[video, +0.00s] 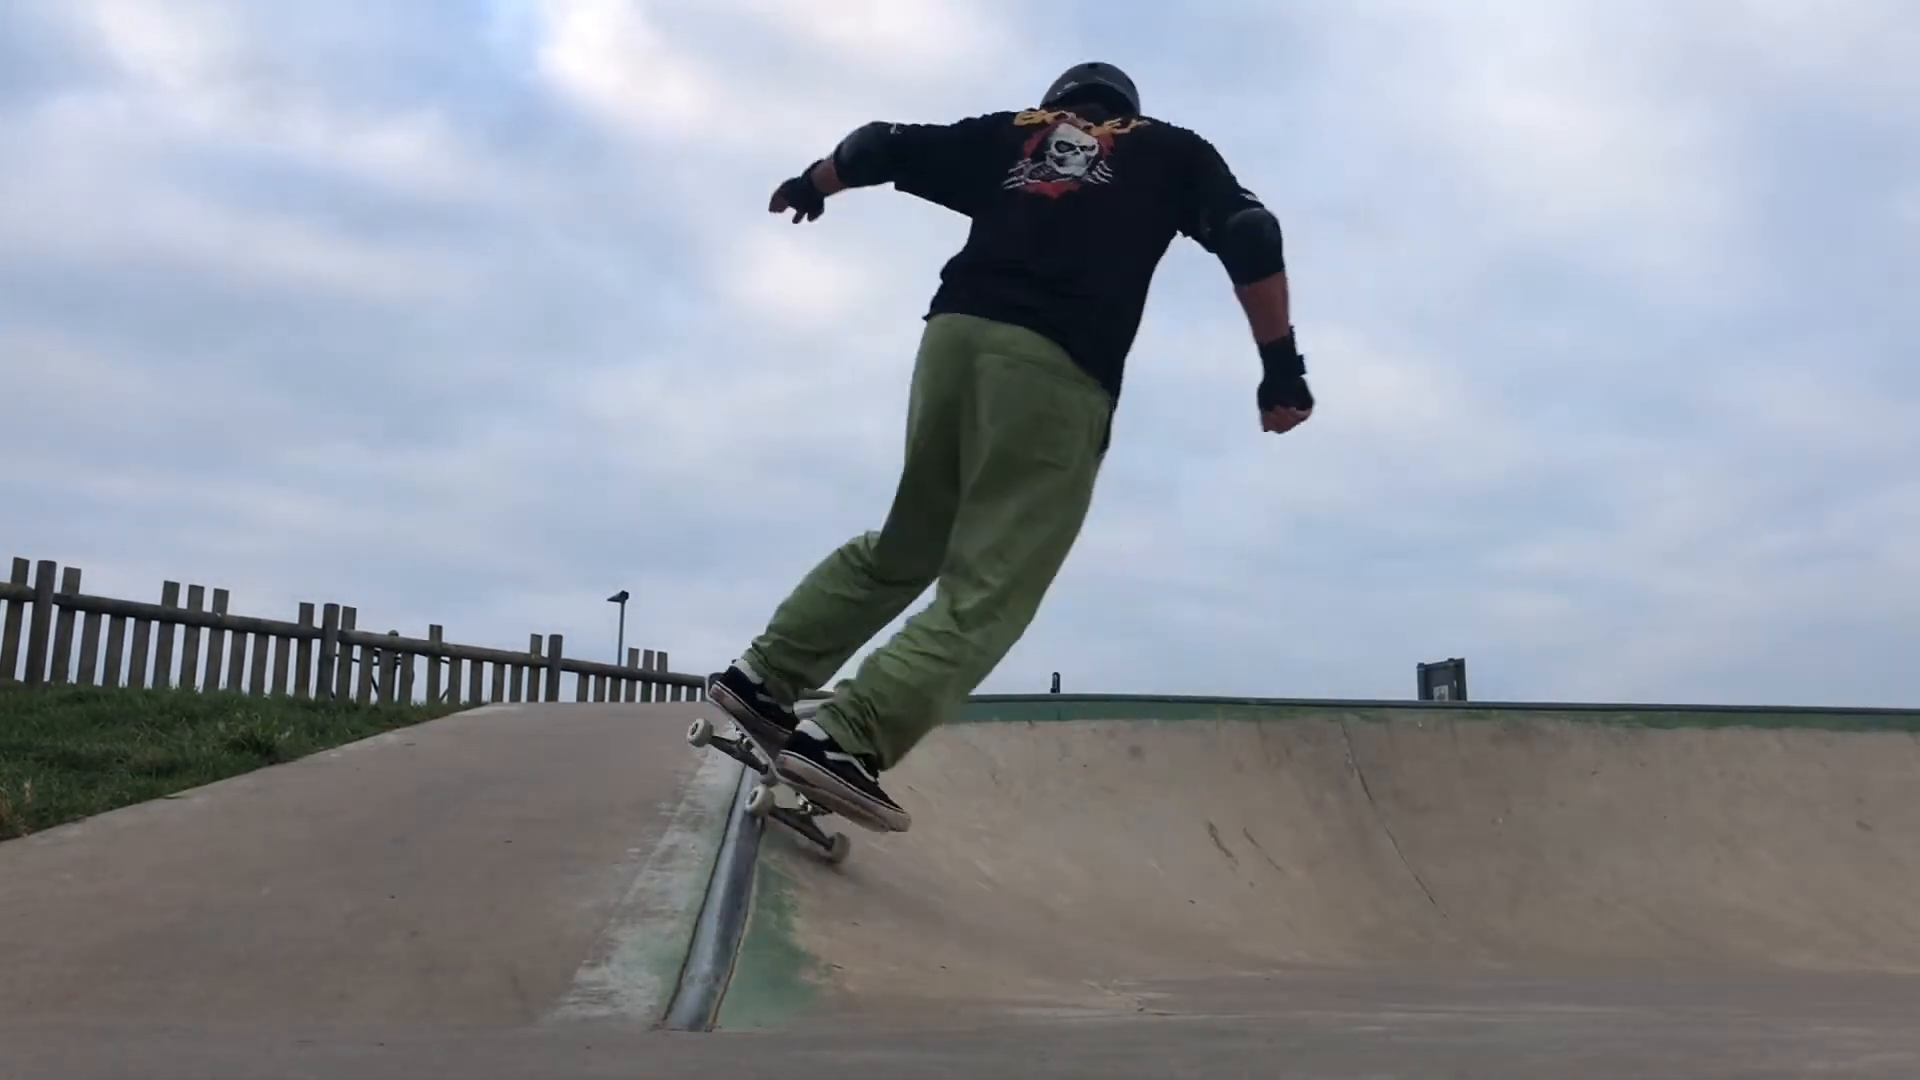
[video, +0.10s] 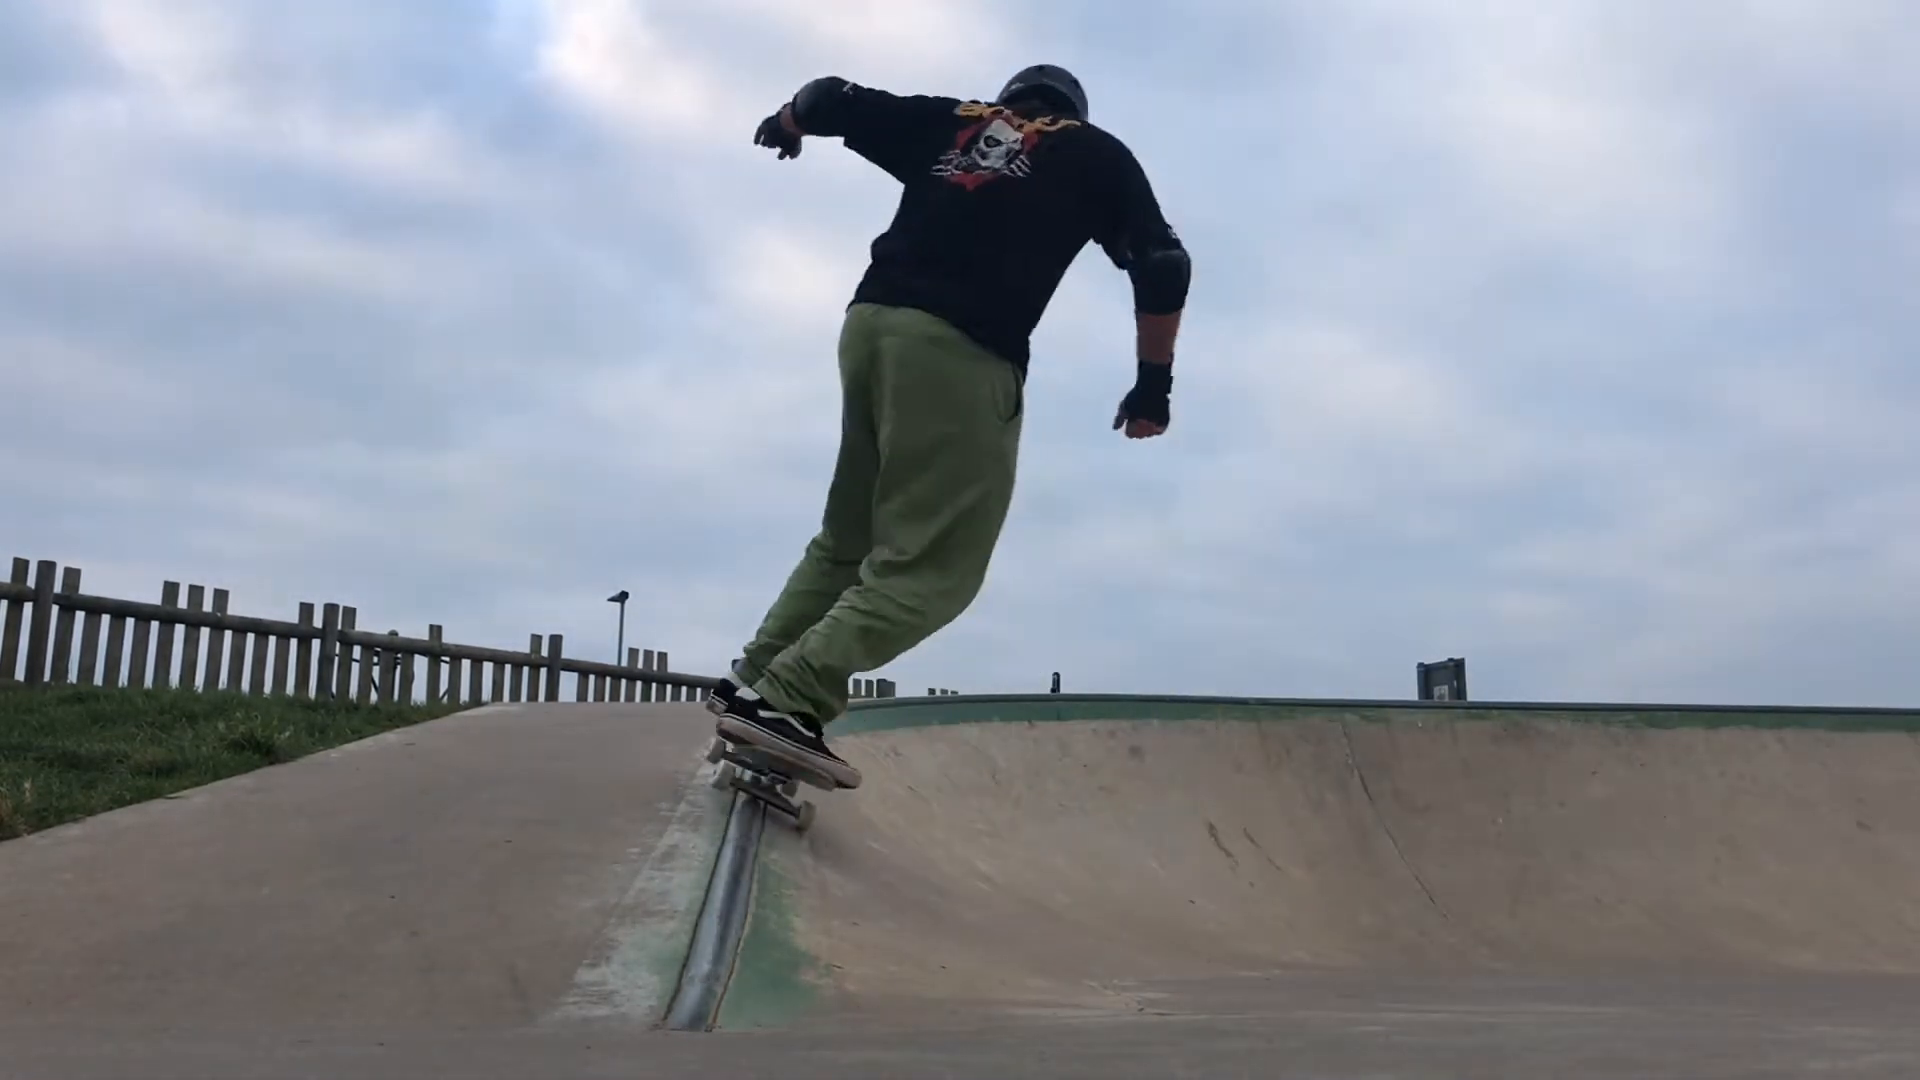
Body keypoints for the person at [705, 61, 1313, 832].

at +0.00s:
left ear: (1053, 106)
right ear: (1133, 115)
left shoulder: (1009, 133)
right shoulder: (1172, 151)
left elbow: (887, 144)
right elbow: (1250, 232)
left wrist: (816, 182)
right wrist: (1282, 367)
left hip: (952, 332)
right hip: (1055, 362)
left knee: (907, 542)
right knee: (986, 595)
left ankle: (762, 683)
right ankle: (844, 742)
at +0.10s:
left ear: (1007, 97)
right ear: (1076, 116)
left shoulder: (951, 120)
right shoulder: (1095, 154)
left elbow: (832, 96)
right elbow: (1164, 264)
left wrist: (790, 121)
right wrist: (1153, 385)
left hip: (871, 327)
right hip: (959, 350)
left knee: (847, 545)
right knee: (934, 570)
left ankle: (755, 687)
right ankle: (786, 702)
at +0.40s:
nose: (982, 167)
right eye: (983, 157)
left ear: (922, 134)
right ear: (976, 150)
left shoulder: (853, 158)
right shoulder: (974, 172)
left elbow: (748, 171)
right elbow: (1060, 237)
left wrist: (741, 217)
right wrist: (1105, 315)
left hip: (769, 332)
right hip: (848, 342)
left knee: (765, 531)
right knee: (847, 539)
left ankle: (726, 690)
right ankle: (738, 679)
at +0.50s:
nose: (975, 183)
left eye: (977, 175)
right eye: (976, 173)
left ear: (916, 142)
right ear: (967, 159)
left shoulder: (847, 167)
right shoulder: (957, 177)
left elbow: (740, 189)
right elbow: (1033, 253)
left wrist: (760, 238)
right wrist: (1072, 332)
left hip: (759, 335)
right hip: (834, 339)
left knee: (768, 529)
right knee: (846, 531)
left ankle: (725, 675)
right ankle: (736, 671)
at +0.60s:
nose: (965, 180)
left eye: (960, 171)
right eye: (966, 172)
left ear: (909, 150)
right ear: (957, 161)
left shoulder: (844, 179)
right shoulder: (951, 177)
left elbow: (749, 224)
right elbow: (1032, 235)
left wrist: (781, 281)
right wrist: (1069, 327)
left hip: (761, 327)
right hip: (834, 328)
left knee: (763, 521)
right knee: (832, 518)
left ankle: (723, 676)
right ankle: (734, 663)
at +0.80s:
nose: (979, 260)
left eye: (981, 255)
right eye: (985, 247)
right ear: (976, 223)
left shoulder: (870, 232)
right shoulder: (964, 198)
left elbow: (870, 333)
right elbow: (1038, 143)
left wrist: (915, 441)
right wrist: (1117, 84)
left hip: (783, 334)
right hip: (874, 335)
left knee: (751, 525)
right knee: (894, 522)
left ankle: (711, 678)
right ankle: (872, 688)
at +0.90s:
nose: (1005, 249)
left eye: (1005, 247)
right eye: (1006, 242)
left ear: (932, 225)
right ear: (987, 224)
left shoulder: (884, 252)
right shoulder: (968, 212)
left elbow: (900, 371)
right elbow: (1038, 142)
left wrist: (960, 460)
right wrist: (1111, 63)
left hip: (810, 372)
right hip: (897, 376)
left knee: (791, 532)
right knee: (900, 575)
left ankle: (722, 663)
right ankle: (875, 753)